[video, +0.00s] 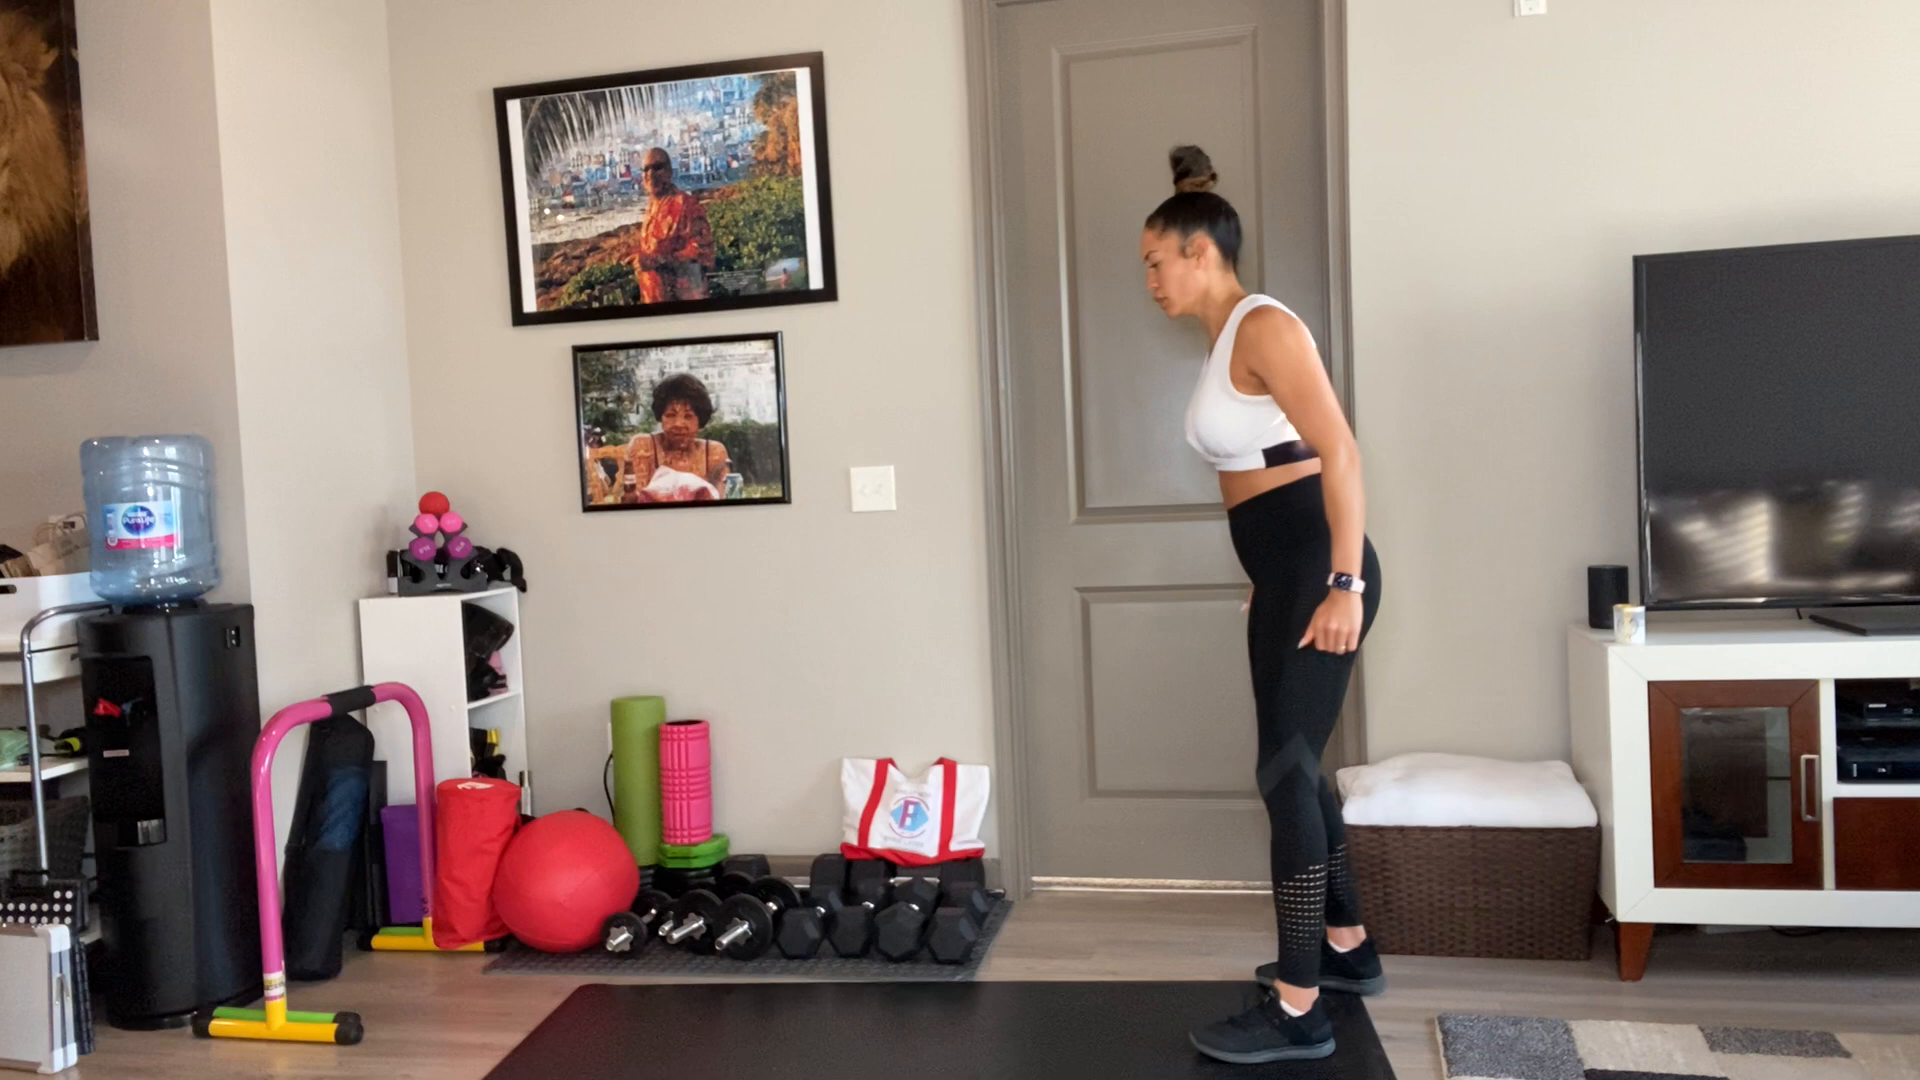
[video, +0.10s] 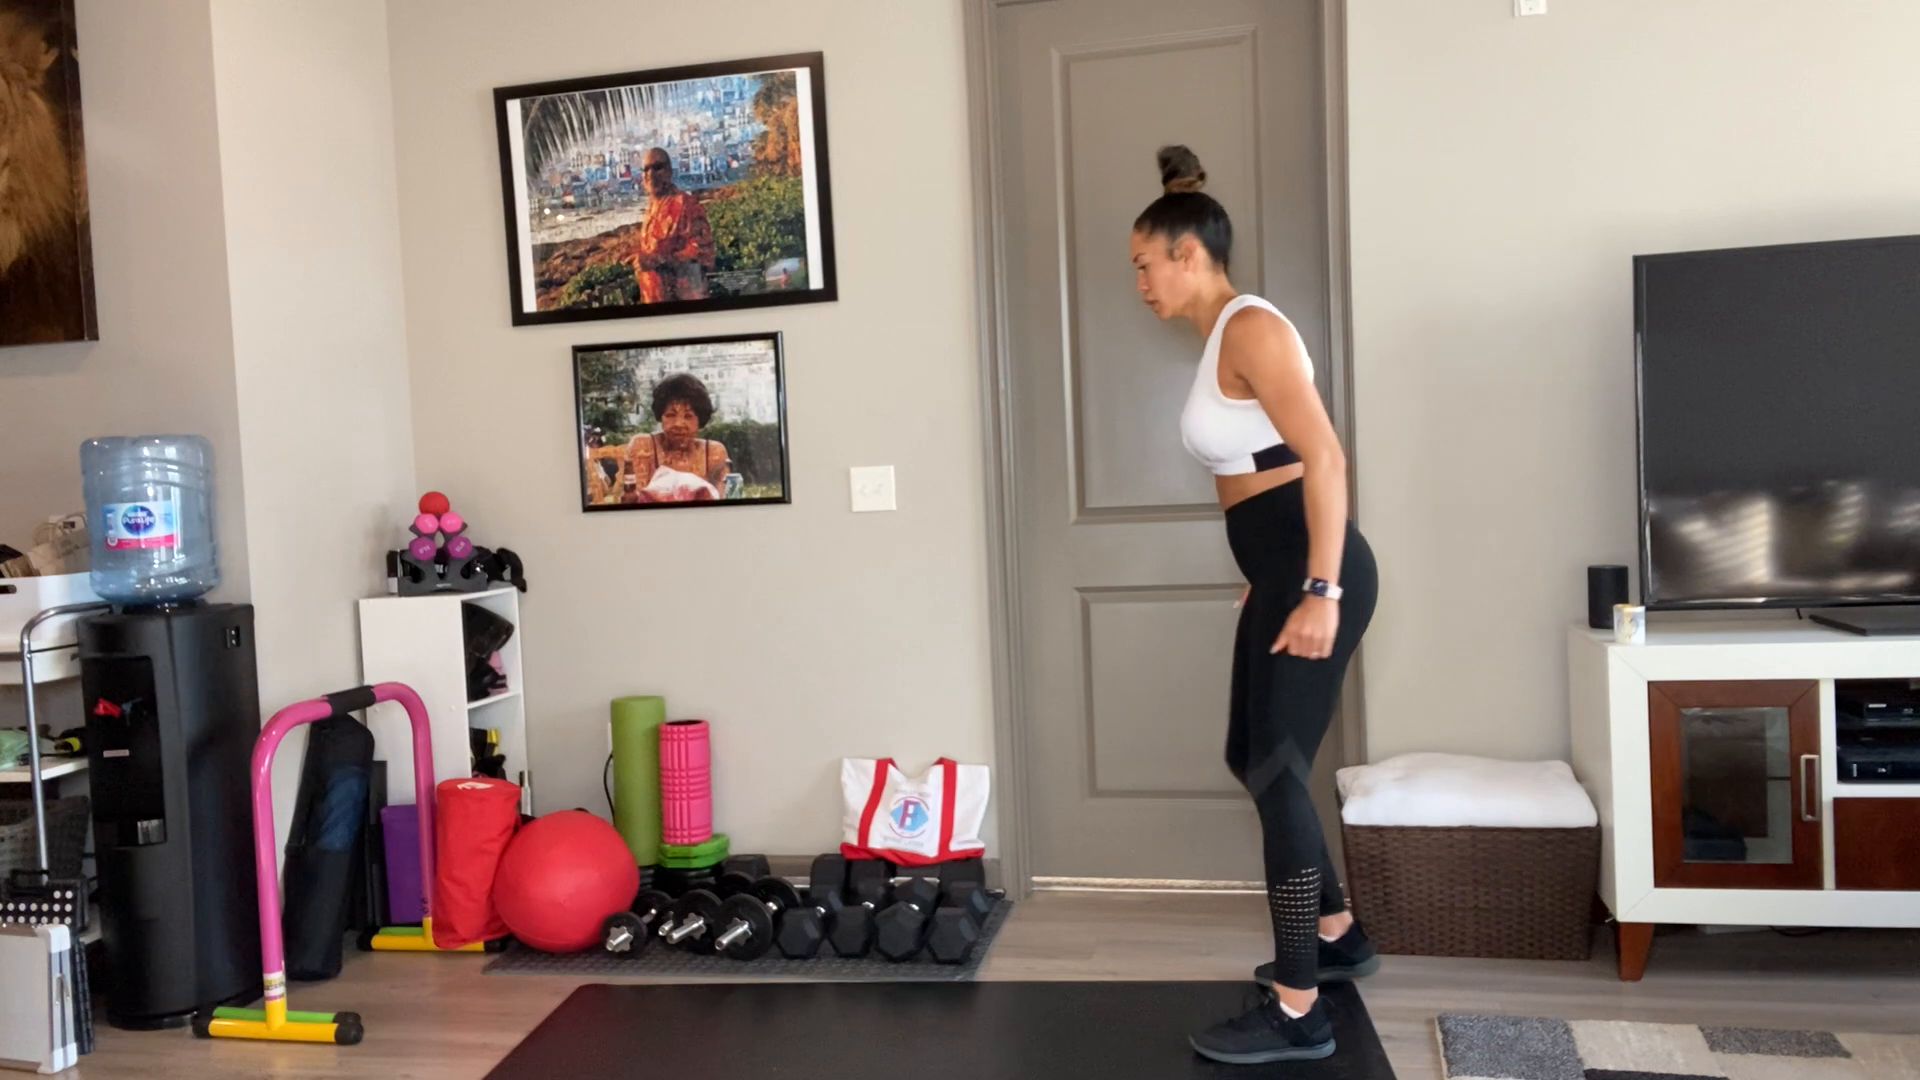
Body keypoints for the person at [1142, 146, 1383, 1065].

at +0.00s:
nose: (1150, 281)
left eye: (1159, 263)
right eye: (1147, 266)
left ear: (1207, 254)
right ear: (1196, 260)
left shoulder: (1268, 329)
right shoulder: (1227, 340)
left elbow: (1340, 452)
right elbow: (1267, 471)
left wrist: (1345, 582)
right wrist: (1264, 579)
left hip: (1316, 559)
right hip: (1282, 563)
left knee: (1286, 768)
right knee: (1293, 763)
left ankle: (1298, 1000)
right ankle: (1348, 939)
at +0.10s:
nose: (1140, 283)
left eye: (1147, 265)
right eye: (1137, 268)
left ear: (1193, 256)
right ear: (1189, 260)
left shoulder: (1256, 330)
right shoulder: (1221, 339)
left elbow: (1325, 457)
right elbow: (1262, 472)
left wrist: (1322, 588)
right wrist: (1259, 577)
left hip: (1310, 563)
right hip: (1277, 565)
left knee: (1276, 763)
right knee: (1252, 755)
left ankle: (1297, 1001)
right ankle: (1337, 925)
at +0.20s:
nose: (1130, 287)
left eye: (1136, 269)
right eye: (1127, 272)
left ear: (1181, 259)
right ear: (1182, 260)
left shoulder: (1243, 331)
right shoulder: (1213, 337)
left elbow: (1309, 457)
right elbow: (1260, 470)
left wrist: (1287, 589)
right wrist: (1252, 579)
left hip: (1309, 567)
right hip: (1273, 566)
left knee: (1269, 763)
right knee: (1236, 751)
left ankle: (1299, 1001)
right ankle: (1307, 933)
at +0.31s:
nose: (1121, 288)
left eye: (1127, 271)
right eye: (1118, 273)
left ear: (1172, 260)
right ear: (1174, 261)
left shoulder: (1231, 331)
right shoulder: (1212, 334)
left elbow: (1301, 449)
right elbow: (1306, 443)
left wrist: (1255, 581)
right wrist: (1250, 570)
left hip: (1305, 568)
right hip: (1277, 566)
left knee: (1268, 765)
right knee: (1244, 756)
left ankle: (1300, 1005)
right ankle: (1272, 942)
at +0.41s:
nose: (1112, 290)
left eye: (1118, 273)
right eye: (1109, 275)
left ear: (1163, 261)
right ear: (1164, 263)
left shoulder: (1222, 330)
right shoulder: (1203, 336)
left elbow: (1303, 446)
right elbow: (1297, 445)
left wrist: (1255, 576)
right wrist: (1248, 571)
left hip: (1297, 566)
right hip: (1267, 565)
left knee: (1266, 764)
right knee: (1246, 759)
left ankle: (1299, 1004)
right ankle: (1263, 947)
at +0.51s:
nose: (1101, 293)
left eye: (1108, 275)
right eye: (1097, 278)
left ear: (1153, 263)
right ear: (1151, 266)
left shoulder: (1211, 328)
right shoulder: (1188, 341)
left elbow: (1316, 428)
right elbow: (1276, 442)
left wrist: (1299, 562)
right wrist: (1259, 562)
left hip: (1287, 565)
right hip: (1254, 567)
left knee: (1261, 764)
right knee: (1243, 758)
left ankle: (1299, 1001)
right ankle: (1262, 945)